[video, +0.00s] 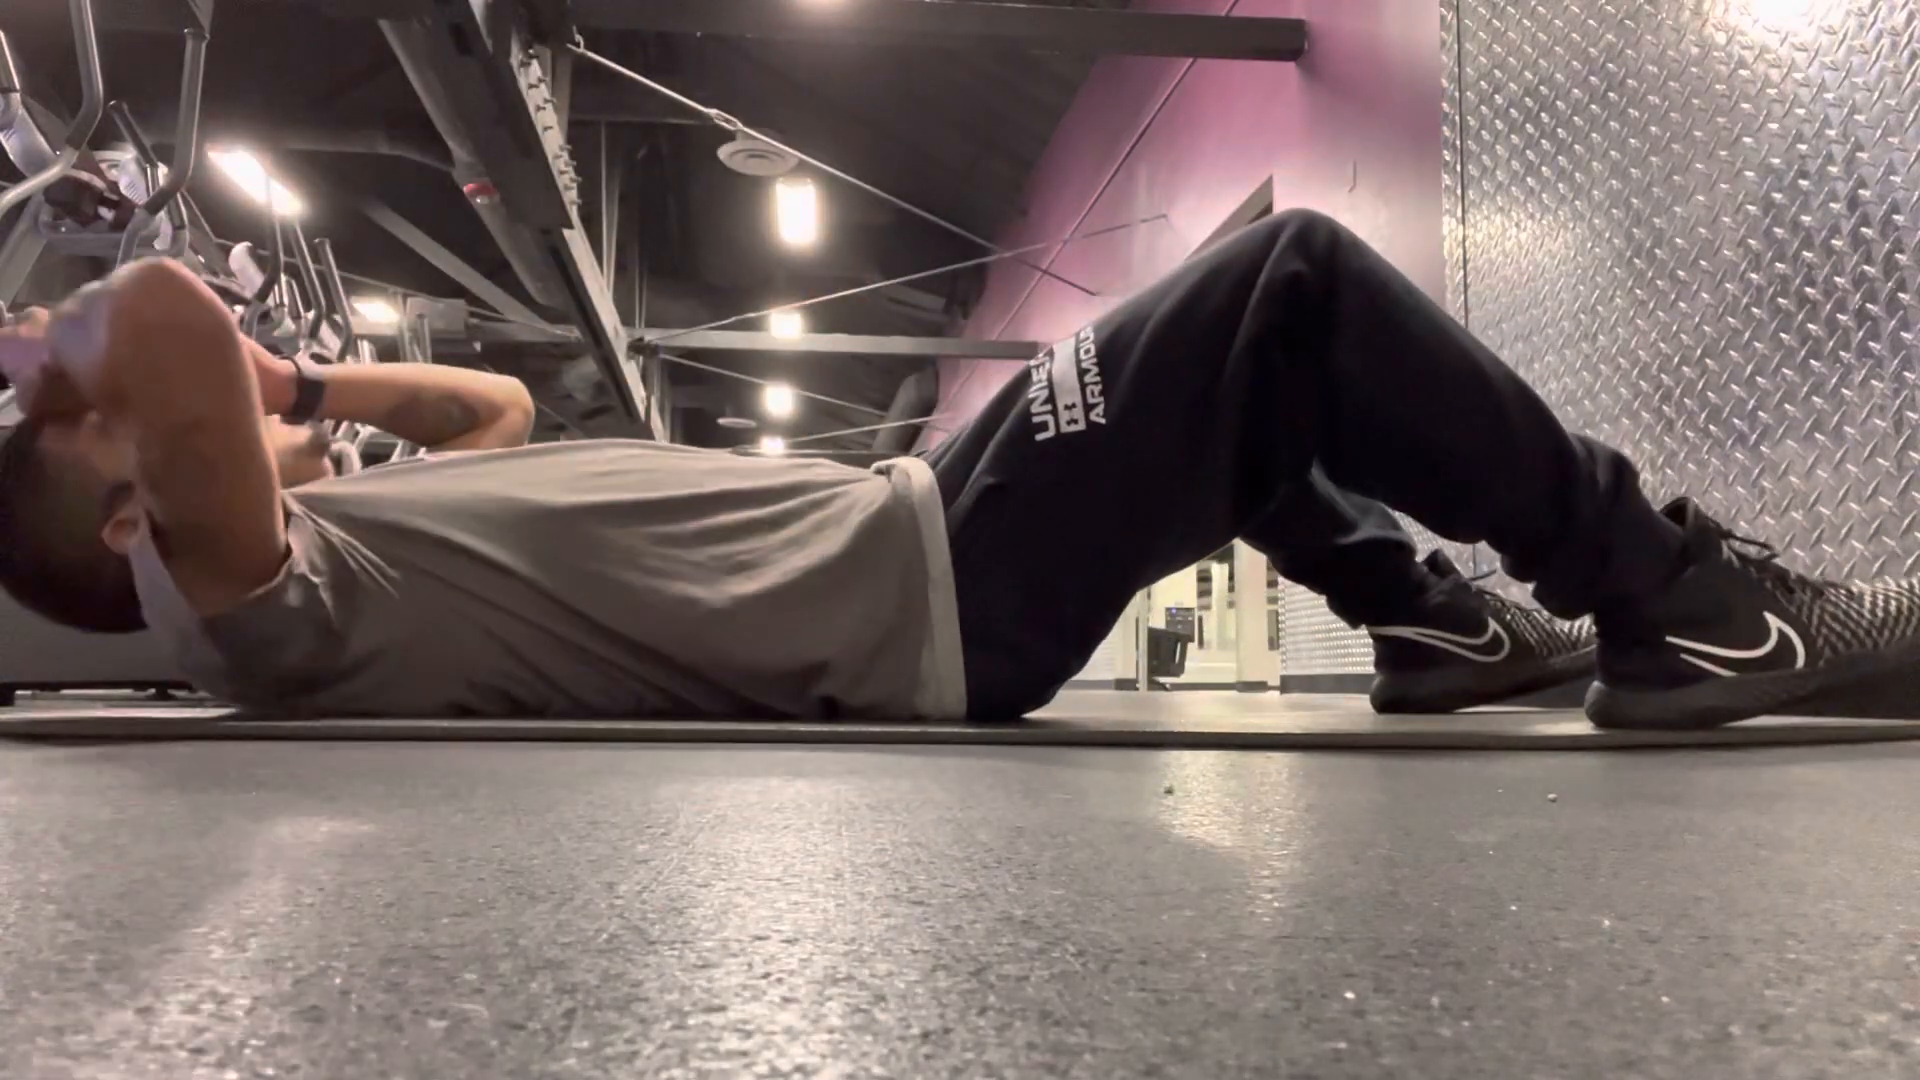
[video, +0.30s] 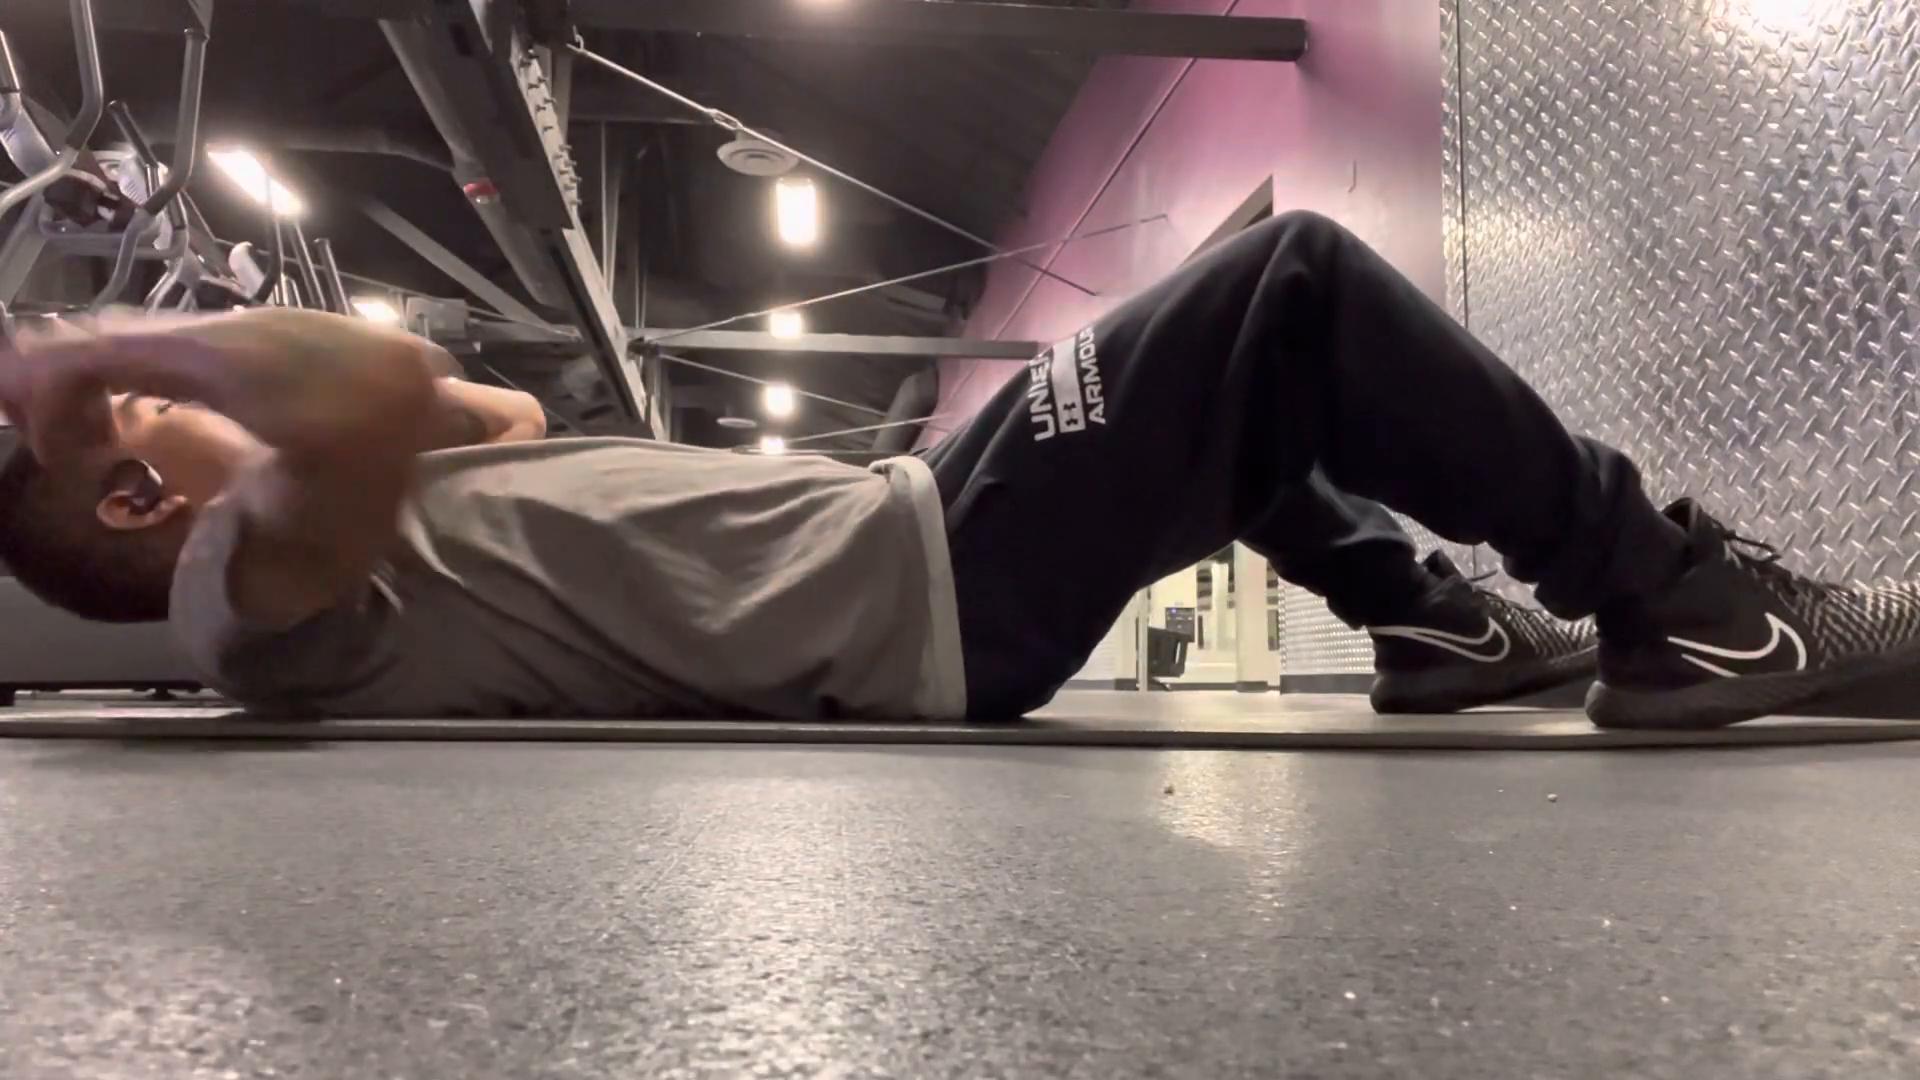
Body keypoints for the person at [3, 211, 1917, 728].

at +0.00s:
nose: (153, 421)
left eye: (120, 417)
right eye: (118, 434)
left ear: (163, 492)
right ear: (134, 515)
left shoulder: (340, 522)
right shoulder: (268, 618)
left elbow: (491, 397)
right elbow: (166, 305)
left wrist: (250, 382)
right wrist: (75, 372)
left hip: (901, 517)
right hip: (924, 604)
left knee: (1143, 345)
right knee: (1285, 277)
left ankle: (1432, 622)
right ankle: (1679, 589)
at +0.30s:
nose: (154, 428)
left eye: (128, 418)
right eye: (120, 441)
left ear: (168, 485)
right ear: (146, 515)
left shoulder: (311, 564)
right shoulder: (282, 603)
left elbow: (462, 413)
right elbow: (391, 375)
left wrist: (152, 365)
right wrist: (105, 353)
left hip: (897, 535)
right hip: (925, 602)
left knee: (1169, 341)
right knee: (1290, 278)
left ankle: (1433, 622)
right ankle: (1677, 588)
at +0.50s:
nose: (189, 394)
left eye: (154, 399)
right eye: (141, 441)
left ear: (211, 412)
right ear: (149, 537)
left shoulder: (347, 486)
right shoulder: (264, 574)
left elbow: (549, 456)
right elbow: (479, 555)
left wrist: (362, 392)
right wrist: (567, 198)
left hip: (905, 531)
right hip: (909, 593)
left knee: (1222, 358)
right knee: (1275, 271)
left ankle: (1444, 614)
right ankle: (1687, 598)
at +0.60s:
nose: (197, 386)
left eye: (154, 381)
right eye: (155, 410)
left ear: (183, 445)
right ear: (144, 516)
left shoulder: (328, 521)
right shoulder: (280, 573)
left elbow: (570, 565)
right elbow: (542, 619)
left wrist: (452, 388)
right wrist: (731, 294)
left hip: (899, 536)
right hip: (908, 598)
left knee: (1190, 329)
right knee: (1283, 273)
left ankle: (1437, 624)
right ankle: (1694, 596)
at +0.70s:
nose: (237, 386)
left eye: (190, 378)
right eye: (181, 403)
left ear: (154, 511)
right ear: (144, 518)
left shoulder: (328, 554)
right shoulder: (305, 584)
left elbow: (625, 602)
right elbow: (616, 595)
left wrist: (603, 388)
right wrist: (884, 394)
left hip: (889, 569)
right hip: (918, 613)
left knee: (1176, 352)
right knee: (1290, 275)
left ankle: (1436, 618)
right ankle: (1690, 597)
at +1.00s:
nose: (215, 401)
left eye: (165, 401)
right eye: (169, 425)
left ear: (158, 525)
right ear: (151, 537)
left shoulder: (310, 558)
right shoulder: (287, 584)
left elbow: (565, 559)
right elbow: (560, 578)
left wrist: (726, 432)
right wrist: (649, 375)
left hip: (901, 558)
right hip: (924, 613)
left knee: (1209, 318)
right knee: (1295, 280)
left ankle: (1446, 622)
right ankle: (1689, 595)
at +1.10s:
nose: (186, 417)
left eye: (149, 415)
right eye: (147, 441)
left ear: (157, 509)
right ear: (135, 549)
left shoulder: (305, 555)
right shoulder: (253, 606)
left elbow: (538, 489)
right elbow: (505, 513)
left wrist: (580, 367)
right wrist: (480, 311)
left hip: (906, 539)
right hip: (933, 600)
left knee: (1194, 332)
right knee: (1297, 276)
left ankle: (1447, 622)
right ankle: (1689, 596)